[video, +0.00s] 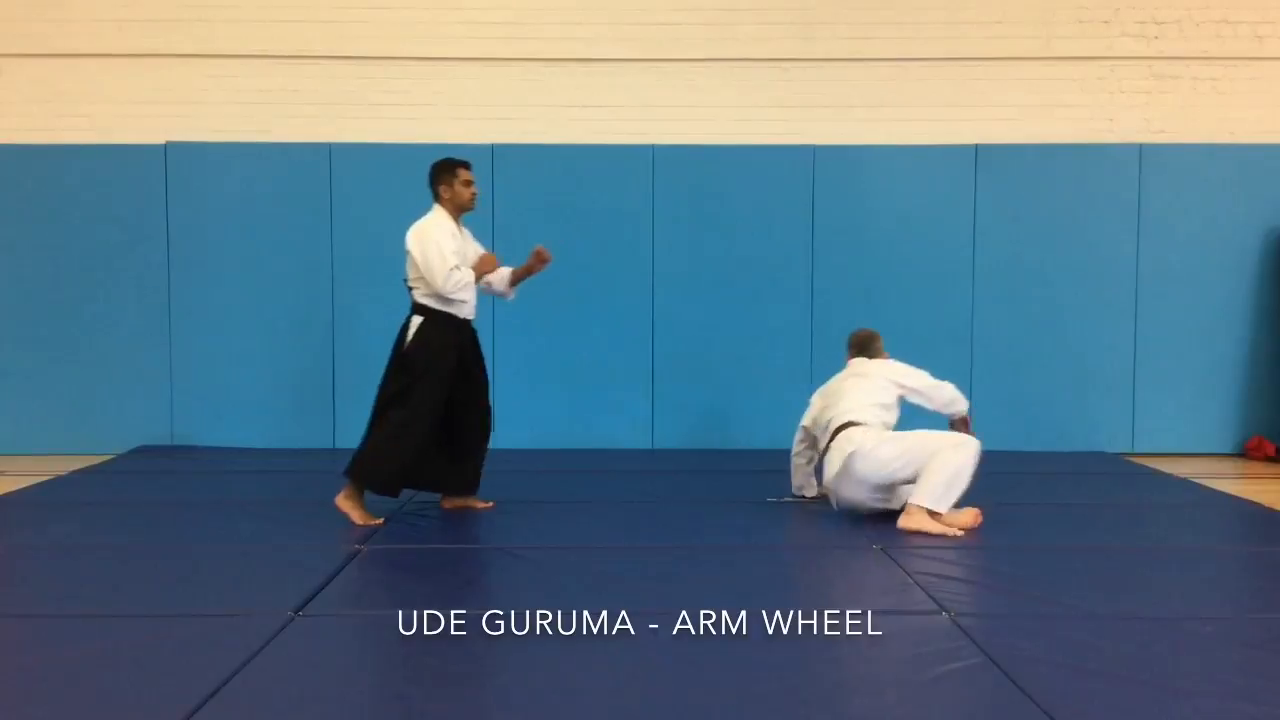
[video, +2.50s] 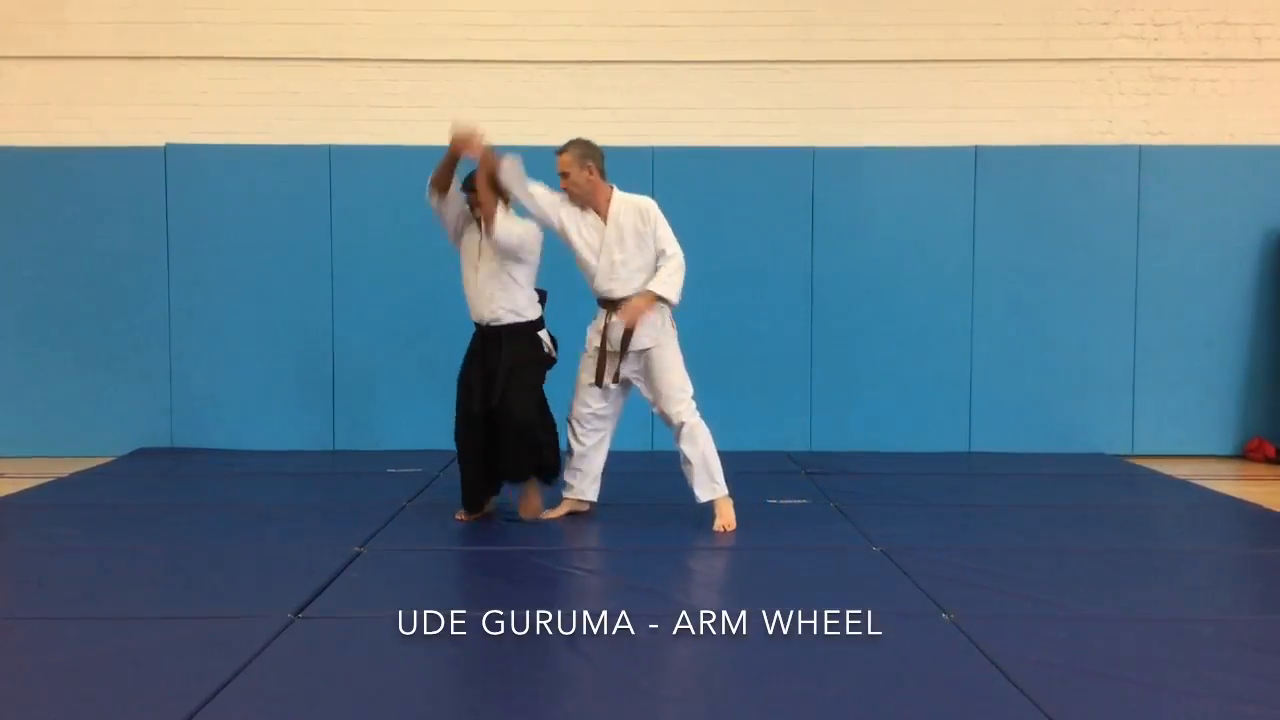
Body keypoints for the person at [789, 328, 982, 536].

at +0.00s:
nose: (886, 357)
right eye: (884, 354)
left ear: (850, 358)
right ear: (881, 355)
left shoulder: (825, 390)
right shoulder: (885, 368)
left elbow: (802, 445)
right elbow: (945, 395)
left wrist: (805, 490)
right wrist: (960, 417)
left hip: (838, 490)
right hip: (863, 452)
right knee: (962, 445)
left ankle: (941, 514)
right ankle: (916, 513)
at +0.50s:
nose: (868, 291)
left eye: (871, 284)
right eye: (869, 284)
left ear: (882, 287)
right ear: (906, 286)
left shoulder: (873, 332)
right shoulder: (943, 307)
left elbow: (872, 392)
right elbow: (992, 341)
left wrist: (881, 445)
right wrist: (1018, 380)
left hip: (939, 413)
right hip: (982, 394)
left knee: (934, 492)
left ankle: (977, 483)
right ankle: (984, 488)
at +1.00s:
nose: (860, 197)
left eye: (866, 190)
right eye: (861, 190)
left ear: (889, 191)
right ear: (892, 192)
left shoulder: (891, 227)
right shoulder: (921, 226)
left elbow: (853, 277)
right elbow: (885, 291)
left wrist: (832, 255)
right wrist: (837, 268)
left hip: (925, 330)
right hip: (953, 327)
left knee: (879, 411)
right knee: (931, 410)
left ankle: (942, 471)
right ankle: (969, 481)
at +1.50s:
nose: (739, 184)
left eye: (746, 176)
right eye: (739, 176)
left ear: (770, 177)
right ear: (765, 179)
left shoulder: (783, 224)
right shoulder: (781, 221)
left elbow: (749, 272)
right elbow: (820, 262)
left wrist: (722, 238)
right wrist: (774, 279)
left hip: (787, 338)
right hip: (760, 336)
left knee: (762, 417)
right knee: (709, 398)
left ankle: (790, 508)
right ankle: (740, 477)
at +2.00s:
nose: (579, 181)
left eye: (585, 172)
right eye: (578, 173)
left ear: (612, 172)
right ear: (601, 175)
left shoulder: (659, 215)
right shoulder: (580, 223)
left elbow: (686, 267)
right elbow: (532, 235)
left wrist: (697, 319)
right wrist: (479, 234)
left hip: (657, 324)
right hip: (616, 328)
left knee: (677, 411)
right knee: (590, 411)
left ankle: (722, 495)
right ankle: (576, 499)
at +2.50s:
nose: (561, 185)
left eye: (566, 176)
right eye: (560, 177)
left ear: (591, 173)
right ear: (582, 175)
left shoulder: (641, 209)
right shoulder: (567, 214)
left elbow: (673, 260)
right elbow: (523, 192)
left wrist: (645, 299)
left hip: (651, 321)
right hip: (606, 324)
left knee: (680, 411)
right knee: (588, 412)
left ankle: (720, 498)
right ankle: (580, 496)